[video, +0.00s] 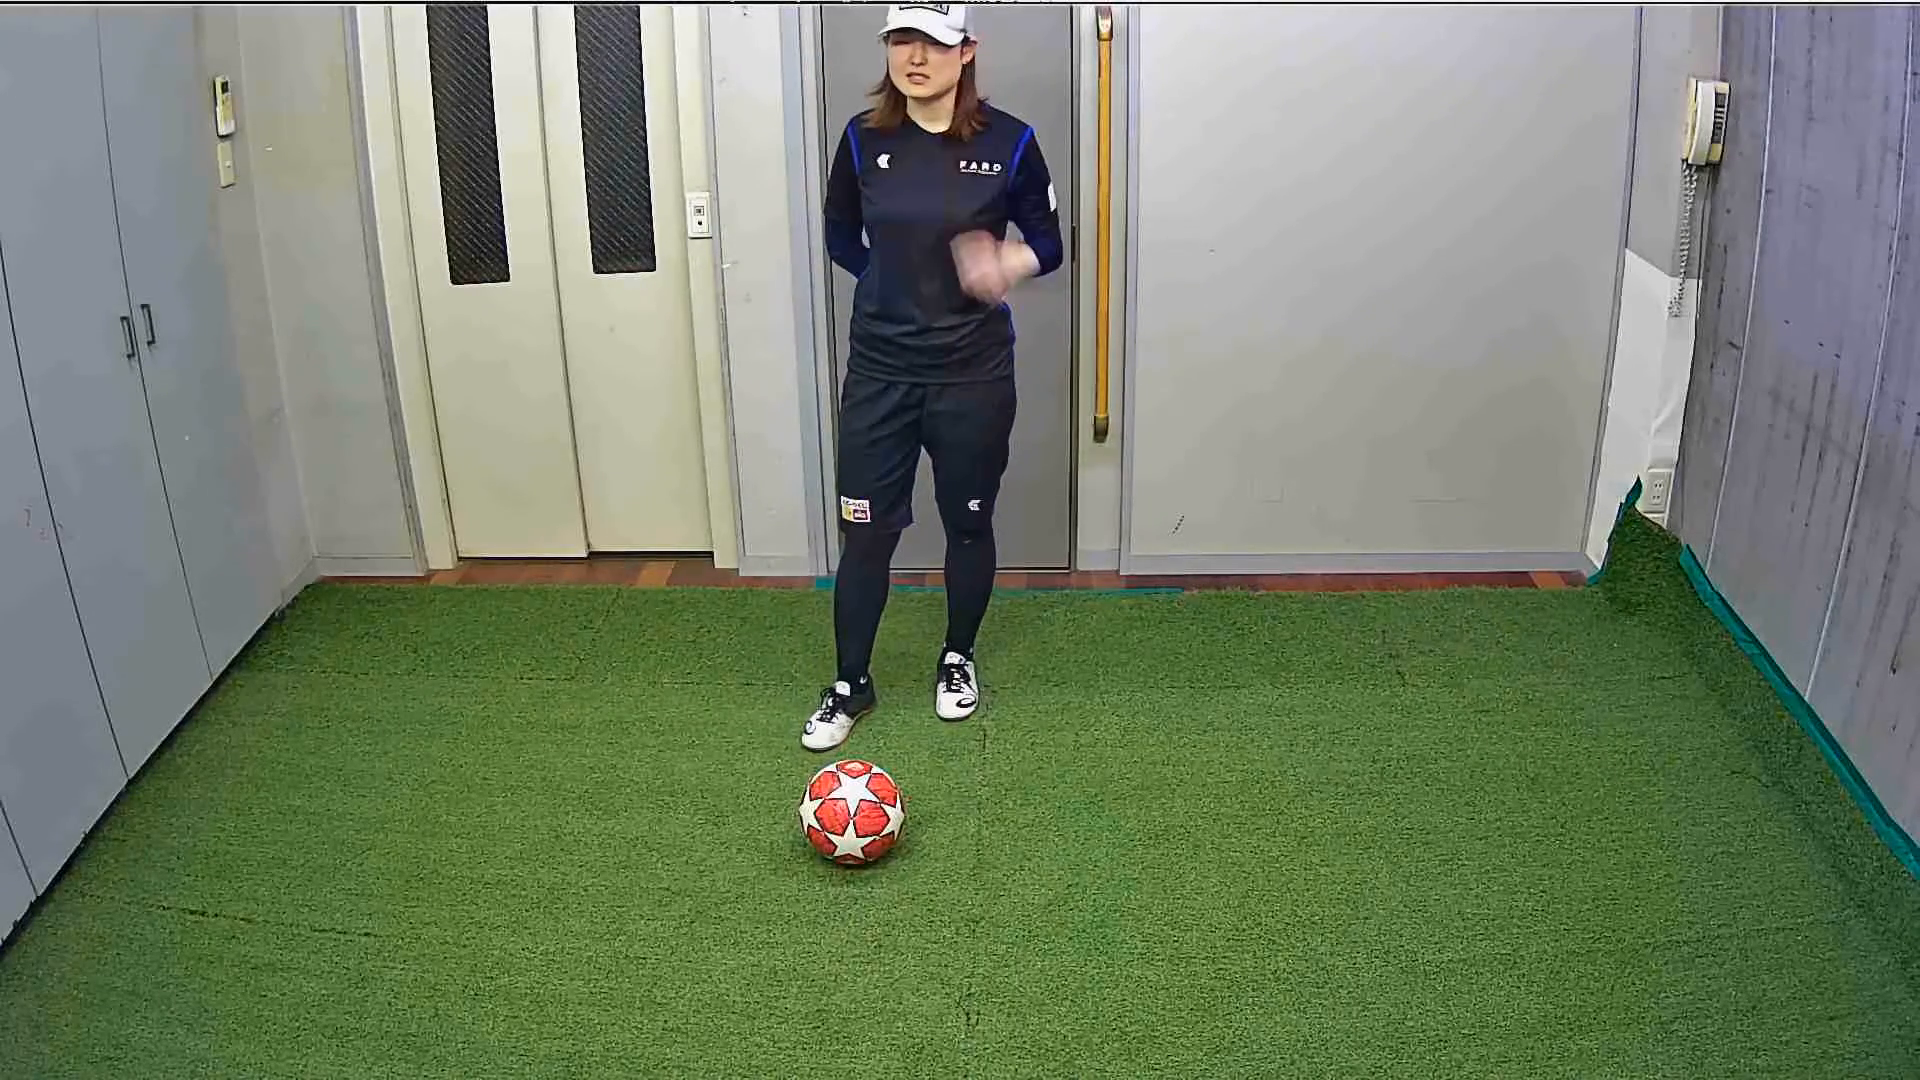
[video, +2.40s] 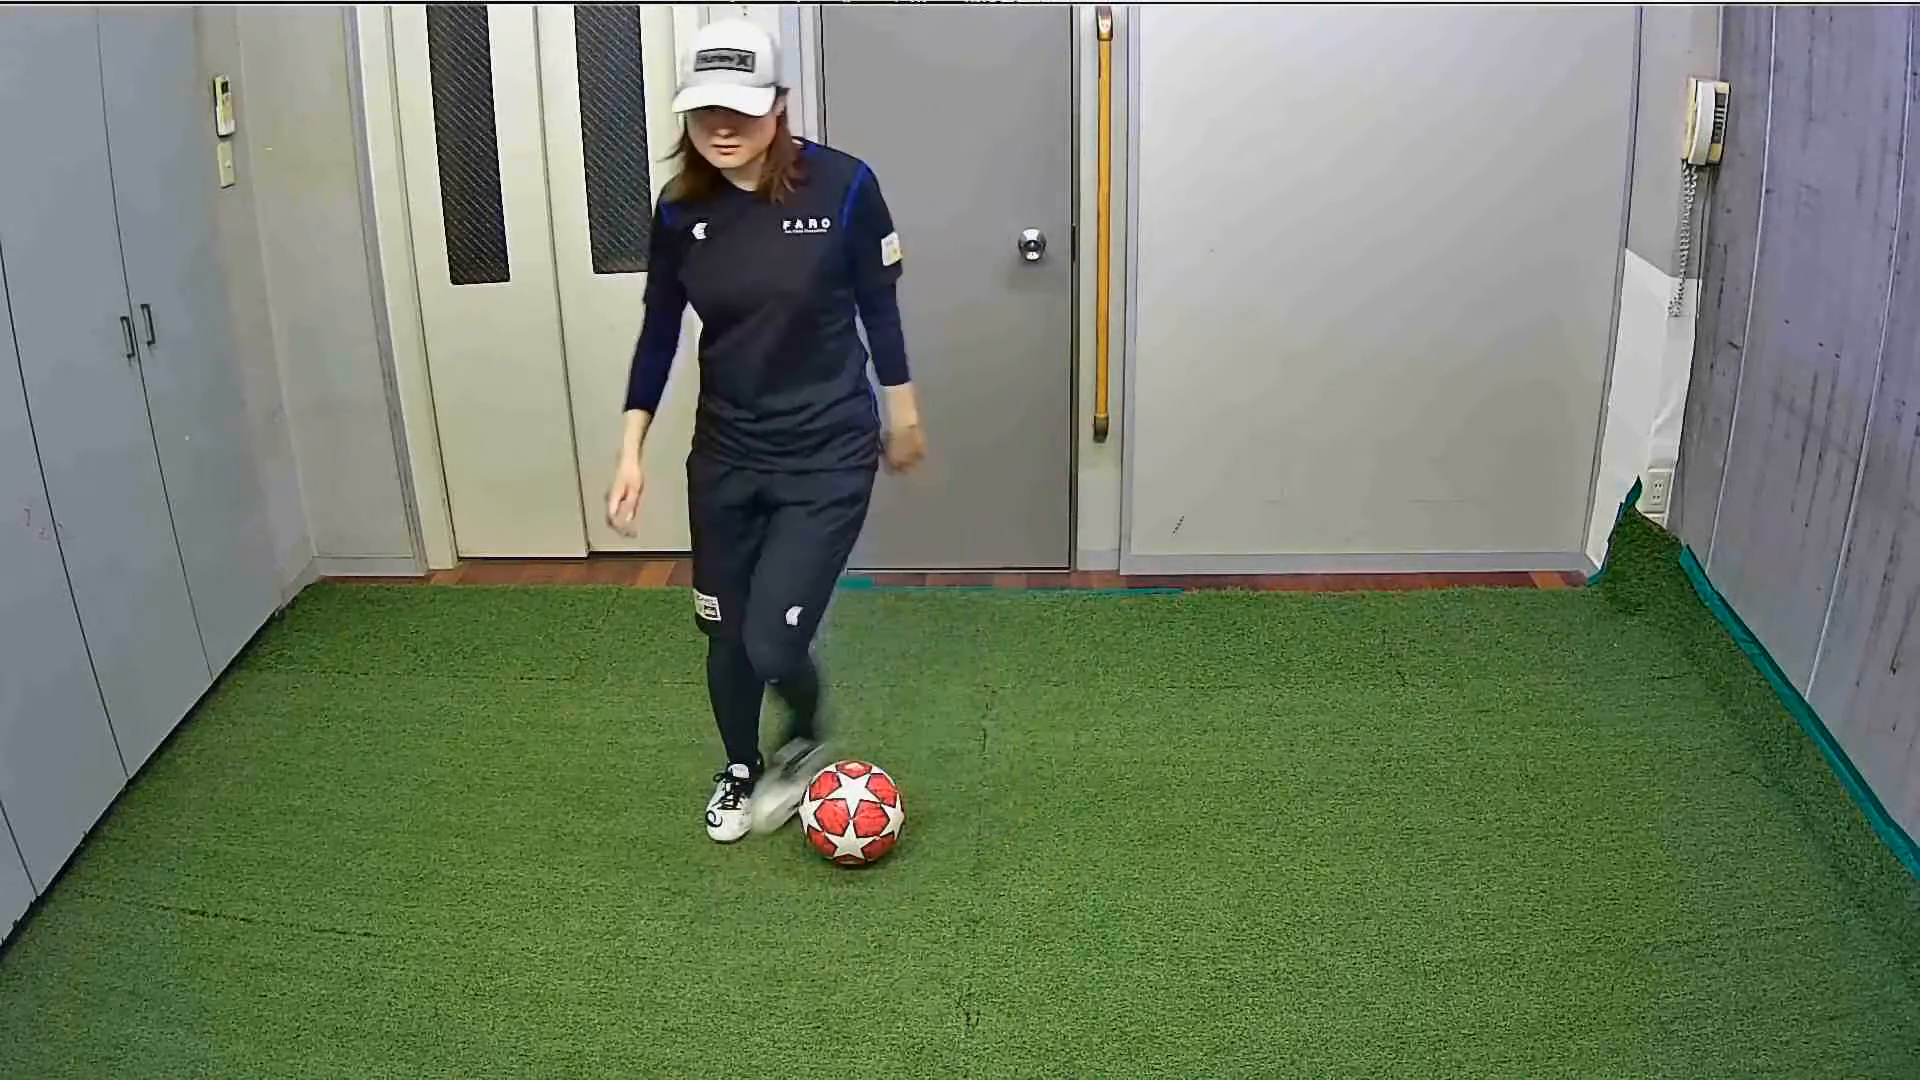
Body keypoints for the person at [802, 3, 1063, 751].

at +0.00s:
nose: (916, 56)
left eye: (933, 44)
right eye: (904, 42)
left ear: (965, 54)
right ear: (888, 54)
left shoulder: (1010, 142)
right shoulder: (864, 138)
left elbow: (1048, 246)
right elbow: (840, 238)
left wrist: (1011, 263)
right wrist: (896, 278)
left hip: (972, 368)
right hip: (879, 364)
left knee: (967, 522)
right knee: (863, 523)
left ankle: (957, 658)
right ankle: (851, 684)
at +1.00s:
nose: (883, 70)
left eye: (900, 56)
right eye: (870, 55)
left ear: (936, 57)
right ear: (856, 61)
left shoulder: (987, 138)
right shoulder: (835, 140)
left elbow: (1006, 257)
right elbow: (814, 241)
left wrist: (1010, 370)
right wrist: (789, 348)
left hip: (954, 367)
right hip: (859, 367)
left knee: (953, 528)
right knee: (867, 526)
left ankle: (956, 659)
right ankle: (887, 655)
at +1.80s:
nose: (878, 143)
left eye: (896, 127)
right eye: (864, 128)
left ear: (934, 108)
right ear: (844, 113)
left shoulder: (995, 181)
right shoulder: (832, 178)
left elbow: (1031, 310)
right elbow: (823, 273)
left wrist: (1065, 433)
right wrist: (785, 369)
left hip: (972, 428)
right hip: (869, 430)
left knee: (979, 622)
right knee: (901, 632)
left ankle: (1003, 760)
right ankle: (948, 769)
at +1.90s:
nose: (870, 140)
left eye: (888, 123)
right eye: (856, 123)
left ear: (929, 108)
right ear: (839, 112)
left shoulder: (990, 189)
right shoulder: (830, 180)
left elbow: (1031, 323)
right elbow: (828, 273)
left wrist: (1051, 444)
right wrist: (803, 362)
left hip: (957, 435)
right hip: (855, 431)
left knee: (968, 623)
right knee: (869, 623)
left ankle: (1001, 759)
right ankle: (877, 813)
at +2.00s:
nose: (846, 127)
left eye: (864, 112)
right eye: (830, 111)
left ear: (903, 106)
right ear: (810, 108)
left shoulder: (963, 184)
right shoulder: (800, 187)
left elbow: (1009, 306)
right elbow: (799, 288)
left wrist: (1011, 420)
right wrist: (782, 391)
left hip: (939, 442)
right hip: (832, 442)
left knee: (960, 626)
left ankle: (997, 758)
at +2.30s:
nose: (750, 120)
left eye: (770, 103)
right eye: (733, 103)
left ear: (811, 103)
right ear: (714, 108)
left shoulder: (870, 186)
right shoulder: (704, 201)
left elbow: (915, 300)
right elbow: (694, 312)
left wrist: (942, 427)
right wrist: (666, 436)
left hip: (846, 446)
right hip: (742, 447)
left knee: (839, 644)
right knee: (738, 626)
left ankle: (930, 722)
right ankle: (741, 770)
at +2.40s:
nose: (721, 123)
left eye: (742, 107)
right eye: (705, 108)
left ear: (779, 108)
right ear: (686, 114)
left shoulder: (844, 185)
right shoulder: (681, 210)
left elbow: (879, 302)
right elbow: (658, 331)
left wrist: (903, 409)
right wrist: (631, 451)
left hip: (829, 451)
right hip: (727, 452)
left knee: (772, 645)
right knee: (726, 630)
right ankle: (742, 769)